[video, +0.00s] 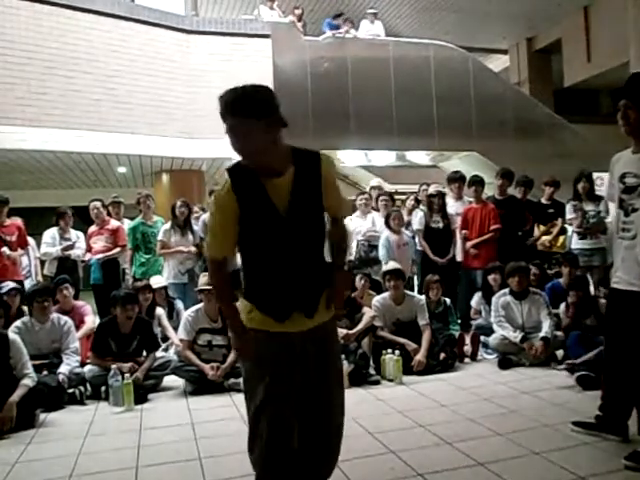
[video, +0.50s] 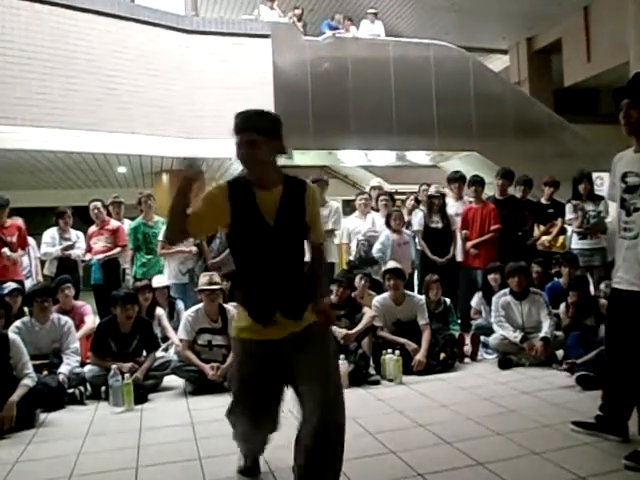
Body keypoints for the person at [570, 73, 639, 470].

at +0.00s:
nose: (624, 118)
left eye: (629, 111)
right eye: (621, 112)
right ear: (620, 118)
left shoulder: (630, 163)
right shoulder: (619, 161)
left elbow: (615, 218)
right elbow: (613, 219)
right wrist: (593, 227)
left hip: (636, 281)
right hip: (622, 278)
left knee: (634, 357)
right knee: (618, 352)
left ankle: (639, 441)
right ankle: (612, 418)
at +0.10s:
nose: (624, 119)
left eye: (629, 111)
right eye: (621, 112)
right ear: (620, 119)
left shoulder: (630, 163)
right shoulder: (620, 161)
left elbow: (615, 220)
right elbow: (615, 220)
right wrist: (593, 228)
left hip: (636, 281)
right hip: (622, 279)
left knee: (633, 357)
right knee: (618, 352)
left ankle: (639, 441)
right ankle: (612, 418)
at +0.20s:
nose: (624, 119)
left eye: (629, 111)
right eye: (622, 113)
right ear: (621, 119)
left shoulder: (629, 163)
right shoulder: (620, 162)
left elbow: (615, 220)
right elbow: (614, 221)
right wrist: (593, 229)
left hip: (636, 282)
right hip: (623, 279)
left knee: (633, 357)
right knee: (618, 352)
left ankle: (639, 441)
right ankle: (612, 418)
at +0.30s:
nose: (624, 119)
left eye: (629, 111)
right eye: (622, 113)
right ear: (621, 119)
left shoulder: (630, 163)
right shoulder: (620, 162)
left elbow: (615, 221)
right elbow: (614, 221)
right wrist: (593, 230)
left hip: (636, 282)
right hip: (623, 279)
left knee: (635, 357)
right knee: (618, 352)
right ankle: (612, 418)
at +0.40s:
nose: (624, 118)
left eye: (629, 110)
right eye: (622, 111)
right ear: (623, 118)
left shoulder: (629, 163)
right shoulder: (620, 161)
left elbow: (616, 222)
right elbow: (615, 221)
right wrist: (610, 267)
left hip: (635, 280)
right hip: (624, 278)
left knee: (633, 357)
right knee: (619, 352)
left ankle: (639, 442)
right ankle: (612, 418)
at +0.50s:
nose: (624, 118)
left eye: (629, 111)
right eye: (623, 111)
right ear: (624, 118)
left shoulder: (629, 162)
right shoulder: (621, 161)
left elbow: (616, 221)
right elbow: (615, 221)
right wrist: (610, 266)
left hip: (635, 280)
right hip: (623, 278)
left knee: (633, 357)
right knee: (619, 352)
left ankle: (639, 441)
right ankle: (612, 418)